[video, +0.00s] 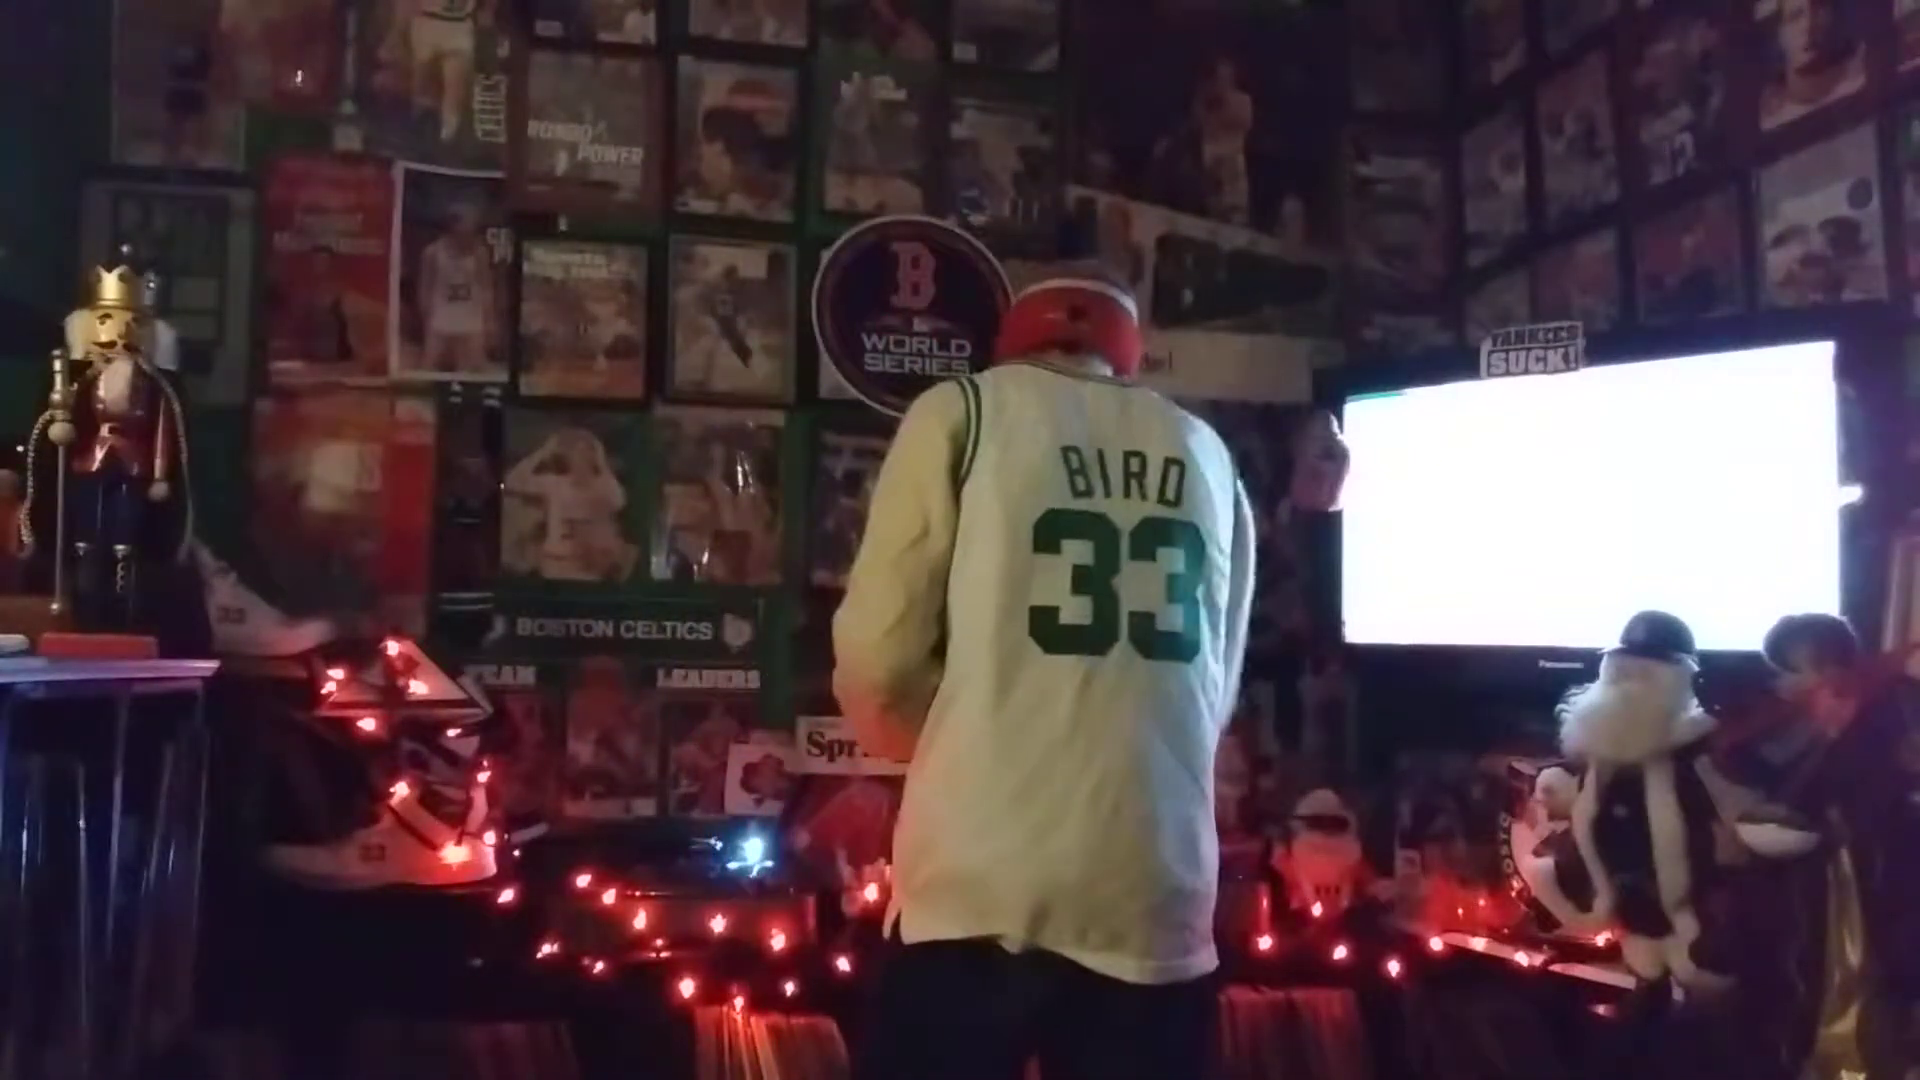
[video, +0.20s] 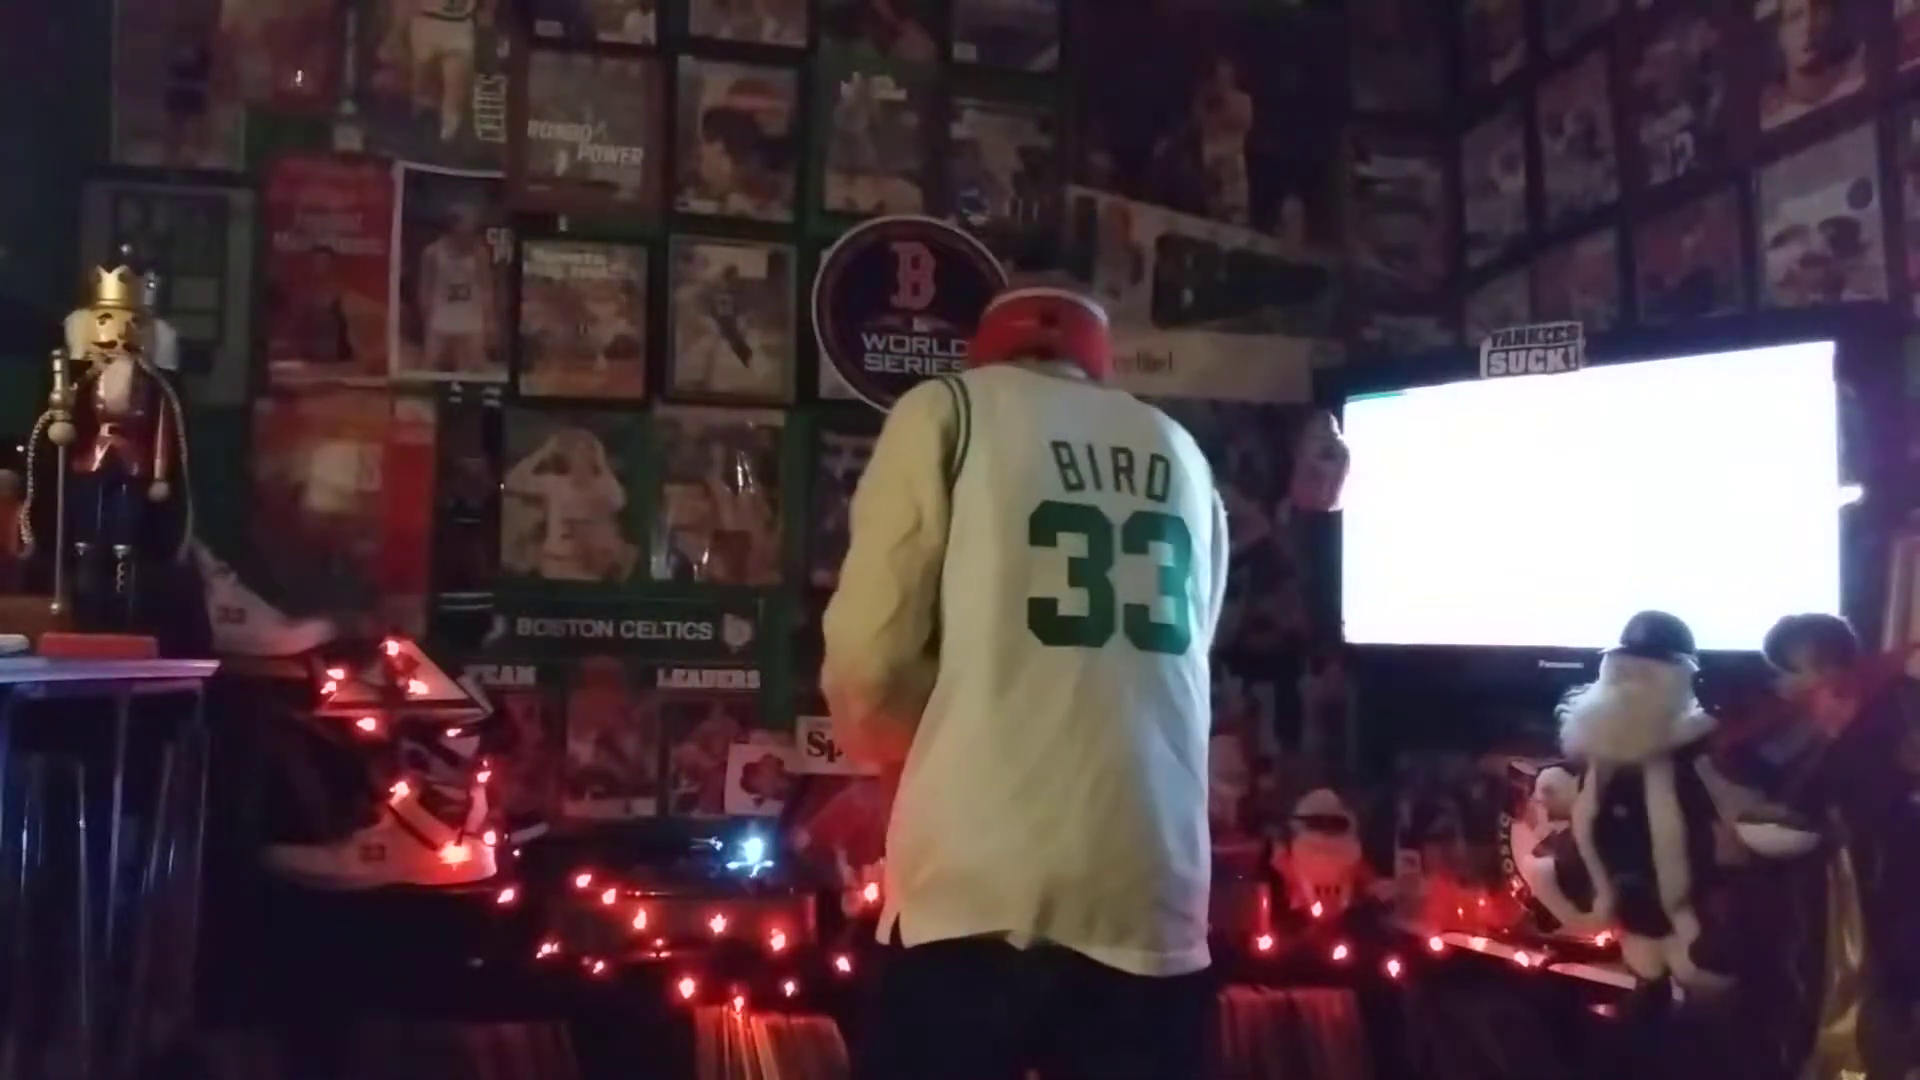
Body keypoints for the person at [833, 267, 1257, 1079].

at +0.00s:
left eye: (1004, 343)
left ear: (1011, 341)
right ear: (1134, 360)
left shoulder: (961, 411)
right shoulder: (1213, 455)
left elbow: (876, 661)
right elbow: (1216, 688)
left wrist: (950, 766)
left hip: (975, 884)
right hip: (1156, 903)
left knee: (933, 1061)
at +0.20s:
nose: (969, 366)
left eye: (974, 355)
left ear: (986, 350)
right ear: (1104, 370)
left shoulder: (946, 408)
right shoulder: (1187, 454)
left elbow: (866, 661)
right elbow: (1186, 653)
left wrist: (928, 765)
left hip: (976, 892)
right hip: (1153, 909)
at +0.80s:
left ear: (862, 348)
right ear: (995, 351)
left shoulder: (817, 422)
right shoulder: (1077, 448)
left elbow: (749, 672)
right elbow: (1101, 662)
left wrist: (858, 765)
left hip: (879, 877)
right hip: (1068, 884)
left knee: (869, 1060)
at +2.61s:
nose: (943, 333)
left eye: (952, 314)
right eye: (950, 313)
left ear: (973, 318)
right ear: (1083, 336)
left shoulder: (883, 425)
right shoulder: (1151, 443)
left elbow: (802, 664)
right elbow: (1197, 676)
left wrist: (840, 821)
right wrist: (1122, 792)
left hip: (931, 880)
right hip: (1118, 888)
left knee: (915, 1064)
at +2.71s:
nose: (963, 334)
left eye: (972, 315)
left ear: (994, 318)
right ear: (1100, 334)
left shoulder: (907, 422)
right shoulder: (1171, 448)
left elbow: (830, 666)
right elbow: (1229, 692)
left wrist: (849, 816)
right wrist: (1162, 804)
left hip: (946, 880)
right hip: (1132, 890)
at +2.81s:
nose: (979, 335)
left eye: (988, 316)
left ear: (1010, 319)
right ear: (1116, 340)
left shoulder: (924, 418)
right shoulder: (1189, 451)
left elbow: (844, 667)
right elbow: (1249, 705)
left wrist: (868, 813)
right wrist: (1179, 812)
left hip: (953, 887)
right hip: (1140, 902)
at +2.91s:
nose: (996, 330)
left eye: (1004, 313)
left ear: (1019, 317)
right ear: (1130, 339)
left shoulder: (937, 415)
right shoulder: (1204, 453)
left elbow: (851, 664)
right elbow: (1263, 706)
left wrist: (915, 807)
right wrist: (1179, 812)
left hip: (959, 892)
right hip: (1148, 909)